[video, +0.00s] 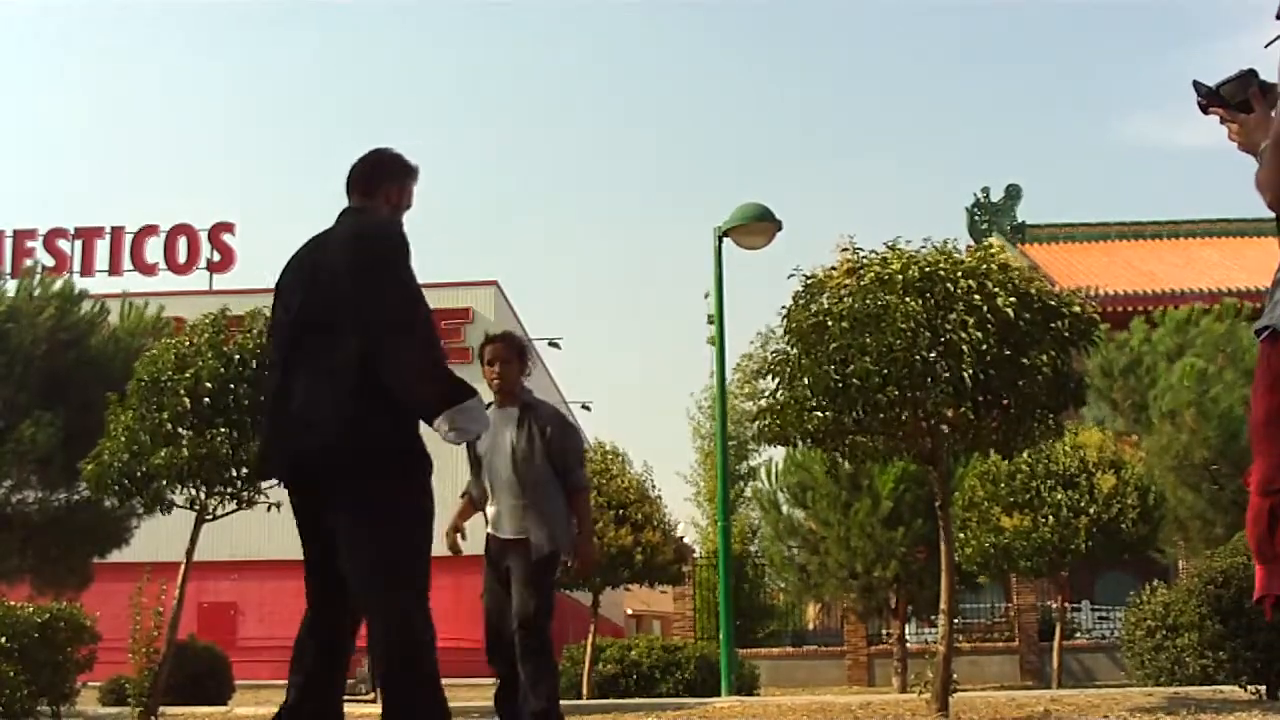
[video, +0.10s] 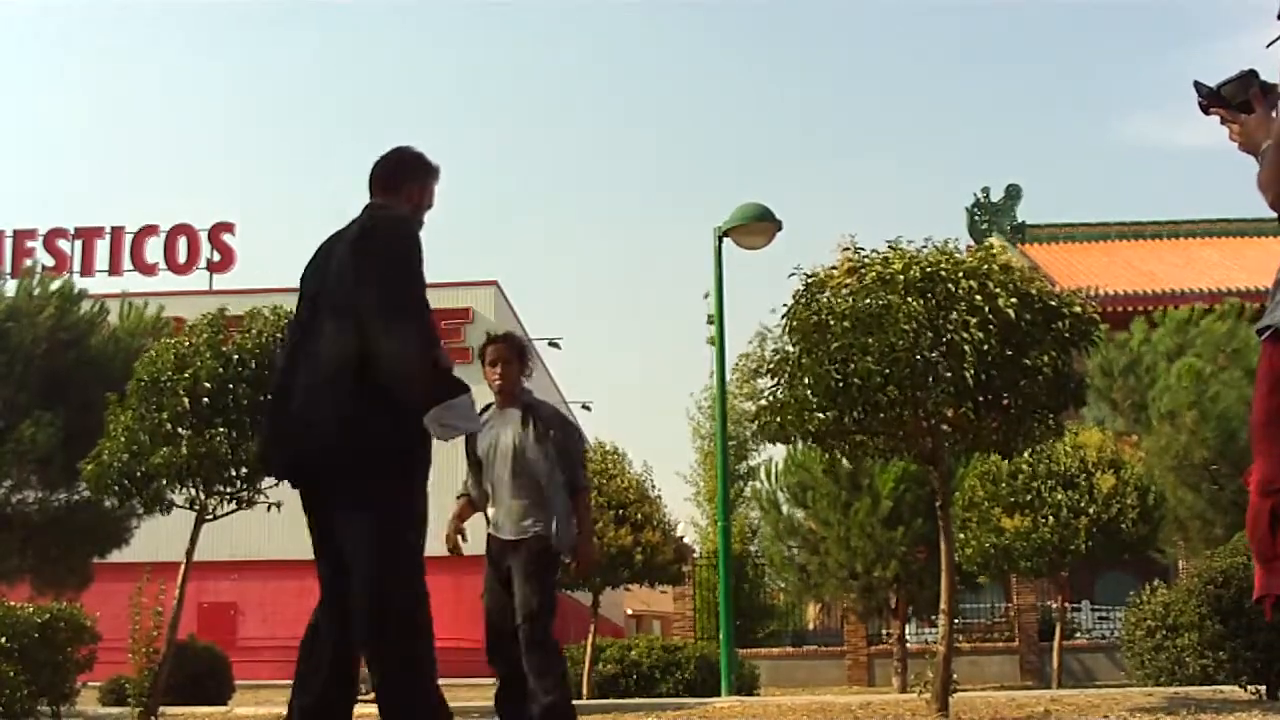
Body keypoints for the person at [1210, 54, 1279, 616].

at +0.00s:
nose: (1229, 135)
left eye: (1230, 122)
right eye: (1225, 125)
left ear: (1257, 103)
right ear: (1257, 106)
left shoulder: (1276, 146)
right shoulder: (1272, 150)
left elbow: (1269, 194)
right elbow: (1270, 195)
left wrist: (1266, 137)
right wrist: (1266, 138)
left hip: (1274, 322)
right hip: (1271, 321)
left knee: (1267, 470)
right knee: (1265, 469)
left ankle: (1268, 589)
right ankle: (1266, 589)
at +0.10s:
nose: (1231, 138)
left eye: (1232, 124)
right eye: (1226, 127)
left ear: (1263, 104)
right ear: (1263, 105)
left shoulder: (1278, 148)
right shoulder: (1273, 157)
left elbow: (1272, 194)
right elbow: (1273, 196)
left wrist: (1269, 136)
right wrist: (1272, 132)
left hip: (1275, 333)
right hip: (1272, 332)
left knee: (1269, 476)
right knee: (1267, 475)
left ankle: (1271, 592)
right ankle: (1269, 591)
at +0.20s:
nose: (1230, 134)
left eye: (1231, 122)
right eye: (1225, 125)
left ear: (1259, 107)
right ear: (1261, 106)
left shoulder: (1277, 151)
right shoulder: (1271, 159)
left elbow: (1272, 194)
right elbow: (1272, 195)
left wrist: (1267, 143)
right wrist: (1270, 141)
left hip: (1273, 334)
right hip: (1270, 333)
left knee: (1267, 475)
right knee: (1265, 474)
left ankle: (1269, 591)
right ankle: (1267, 591)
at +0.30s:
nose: (1231, 133)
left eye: (1233, 122)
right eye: (1226, 124)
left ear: (1261, 107)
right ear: (1263, 106)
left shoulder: (1274, 162)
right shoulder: (1270, 166)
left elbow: (1272, 191)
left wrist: (1267, 143)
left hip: (1273, 335)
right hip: (1271, 334)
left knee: (1267, 476)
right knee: (1265, 475)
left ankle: (1269, 592)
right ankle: (1268, 592)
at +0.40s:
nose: (1231, 132)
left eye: (1235, 120)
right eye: (1227, 123)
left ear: (1263, 108)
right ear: (1262, 108)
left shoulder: (1273, 163)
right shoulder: (1269, 167)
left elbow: (1272, 191)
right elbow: (1272, 193)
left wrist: (1269, 143)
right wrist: (1270, 142)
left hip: (1273, 337)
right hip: (1271, 336)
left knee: (1266, 476)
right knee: (1265, 476)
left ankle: (1269, 592)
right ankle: (1267, 591)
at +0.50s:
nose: (1232, 133)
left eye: (1234, 120)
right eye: (1227, 123)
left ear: (1263, 106)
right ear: (1265, 105)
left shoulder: (1276, 160)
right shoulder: (1272, 164)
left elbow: (1275, 199)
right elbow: (1275, 200)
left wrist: (1269, 144)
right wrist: (1270, 143)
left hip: (1274, 337)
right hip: (1272, 335)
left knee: (1267, 479)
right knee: (1266, 478)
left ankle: (1270, 594)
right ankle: (1269, 593)